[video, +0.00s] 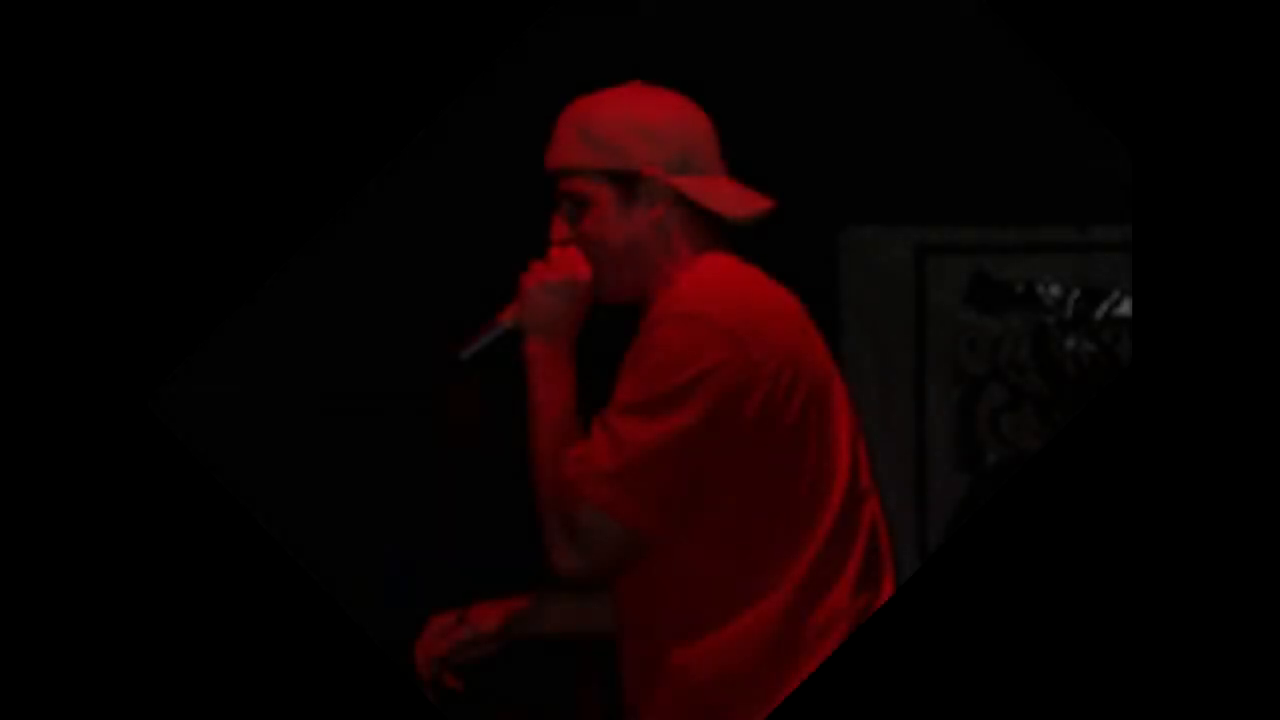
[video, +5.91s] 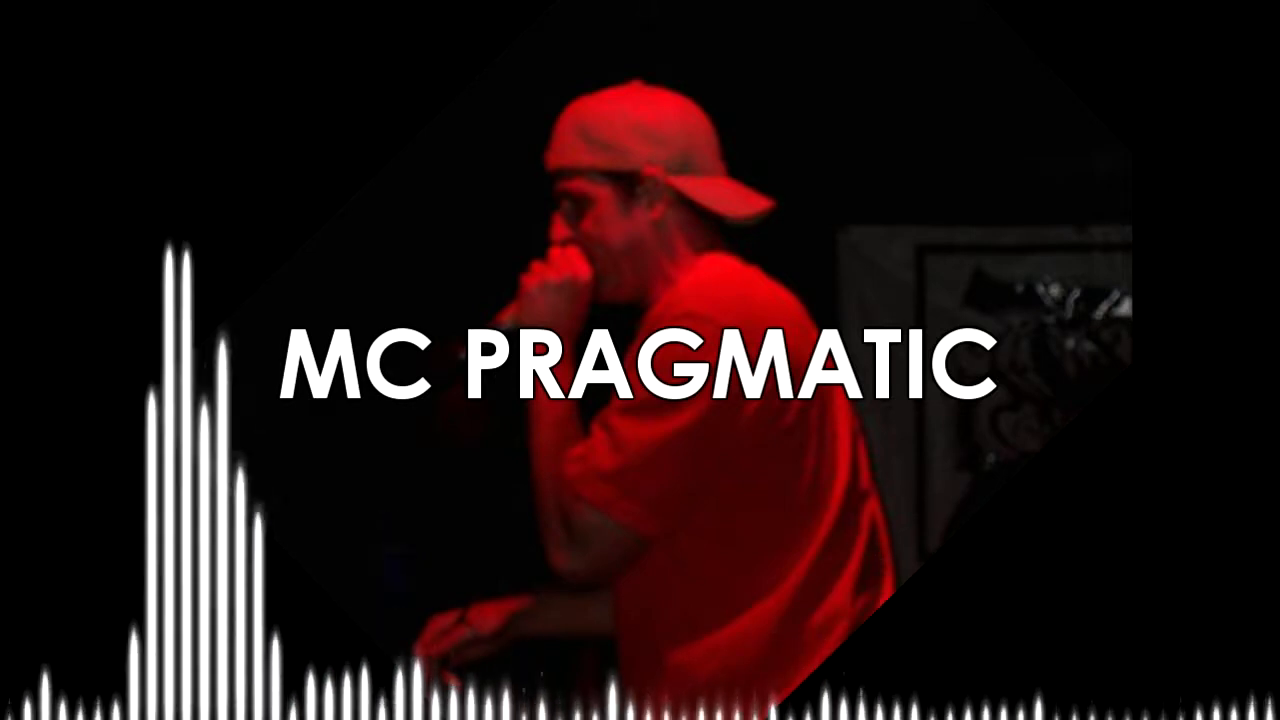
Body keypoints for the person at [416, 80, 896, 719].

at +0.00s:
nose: (559, 234)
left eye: (577, 207)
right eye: (559, 208)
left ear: (654, 203)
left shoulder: (704, 317)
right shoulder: (741, 305)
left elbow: (578, 541)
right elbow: (698, 578)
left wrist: (547, 345)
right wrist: (518, 624)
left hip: (737, 696)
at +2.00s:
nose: (559, 234)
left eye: (577, 206)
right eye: (559, 209)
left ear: (653, 200)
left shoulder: (705, 315)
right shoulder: (750, 305)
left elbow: (578, 542)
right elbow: (701, 576)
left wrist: (546, 348)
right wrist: (520, 621)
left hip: (731, 700)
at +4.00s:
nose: (559, 233)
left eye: (576, 206)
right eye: (559, 209)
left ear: (652, 199)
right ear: (649, 200)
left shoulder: (706, 314)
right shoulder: (746, 303)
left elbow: (577, 544)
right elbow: (700, 580)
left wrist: (546, 348)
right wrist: (520, 619)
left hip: (736, 704)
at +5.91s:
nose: (560, 233)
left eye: (577, 206)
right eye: (559, 209)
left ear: (652, 199)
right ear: (650, 200)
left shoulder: (706, 314)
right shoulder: (745, 303)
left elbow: (577, 544)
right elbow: (700, 579)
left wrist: (545, 347)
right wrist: (520, 619)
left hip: (742, 704)